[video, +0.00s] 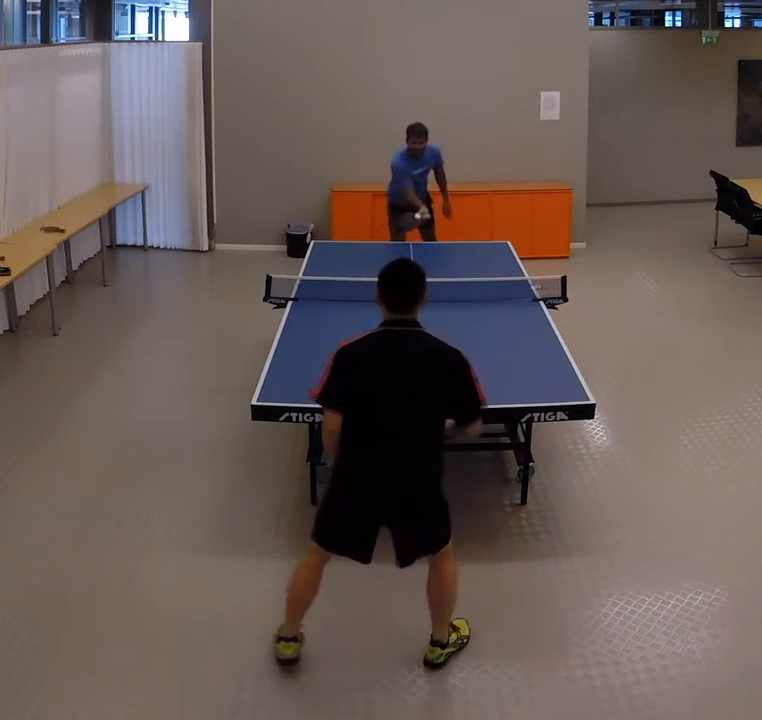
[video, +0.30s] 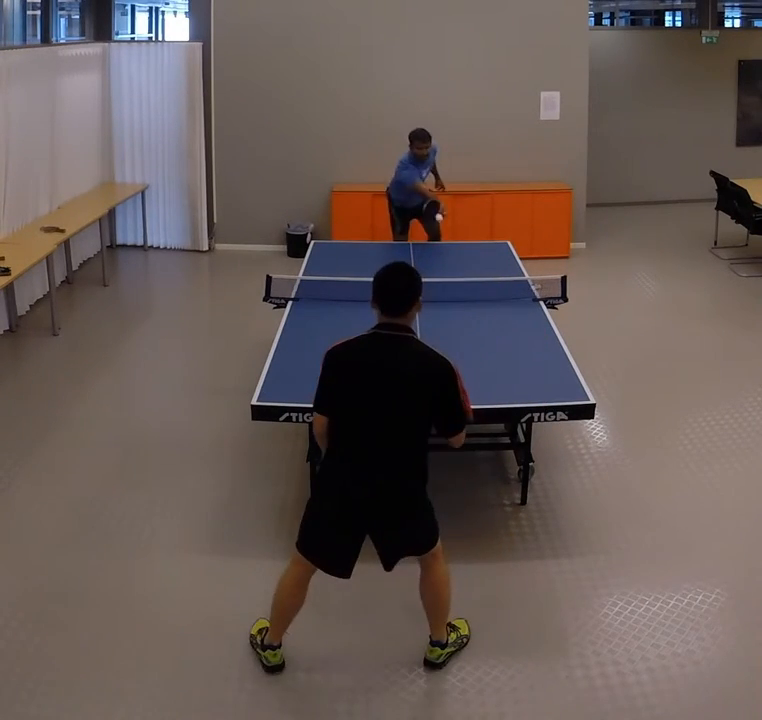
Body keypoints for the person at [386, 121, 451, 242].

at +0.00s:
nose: (417, 147)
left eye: (421, 143)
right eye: (413, 143)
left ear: (426, 141)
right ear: (407, 141)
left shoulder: (433, 153)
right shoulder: (399, 163)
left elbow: (440, 176)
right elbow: (408, 193)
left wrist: (446, 201)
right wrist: (421, 207)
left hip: (421, 198)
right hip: (398, 201)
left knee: (431, 241)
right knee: (398, 243)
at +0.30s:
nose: (424, 152)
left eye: (426, 148)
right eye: (419, 149)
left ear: (430, 146)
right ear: (411, 147)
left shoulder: (432, 151)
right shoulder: (405, 167)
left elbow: (431, 163)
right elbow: (421, 189)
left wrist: (437, 179)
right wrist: (438, 203)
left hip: (419, 197)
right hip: (399, 199)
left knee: (435, 233)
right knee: (400, 239)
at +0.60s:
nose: (444, 149)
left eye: (447, 145)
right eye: (440, 145)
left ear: (452, 145)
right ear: (433, 144)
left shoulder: (453, 158)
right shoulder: (419, 166)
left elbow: (453, 176)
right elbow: (411, 198)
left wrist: (458, 198)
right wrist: (424, 211)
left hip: (435, 202)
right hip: (413, 204)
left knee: (450, 242)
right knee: (407, 244)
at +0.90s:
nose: (453, 133)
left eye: (456, 129)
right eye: (449, 128)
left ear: (461, 130)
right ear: (442, 128)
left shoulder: (468, 150)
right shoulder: (427, 147)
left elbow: (477, 176)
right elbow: (411, 169)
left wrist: (484, 204)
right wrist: (409, 194)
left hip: (451, 203)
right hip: (425, 203)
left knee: (461, 245)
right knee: (410, 244)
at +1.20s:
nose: (427, 131)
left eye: (430, 127)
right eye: (423, 127)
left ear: (437, 127)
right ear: (418, 127)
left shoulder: (450, 144)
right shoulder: (412, 148)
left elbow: (464, 168)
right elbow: (409, 175)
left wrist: (465, 196)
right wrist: (398, 194)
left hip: (447, 199)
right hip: (422, 200)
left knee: (459, 242)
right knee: (405, 241)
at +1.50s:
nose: (439, 138)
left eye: (443, 135)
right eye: (436, 135)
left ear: (450, 134)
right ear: (432, 134)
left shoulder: (462, 149)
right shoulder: (425, 153)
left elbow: (478, 169)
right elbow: (410, 178)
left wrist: (487, 197)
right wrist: (394, 195)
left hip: (462, 200)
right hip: (436, 202)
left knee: (479, 240)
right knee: (415, 241)